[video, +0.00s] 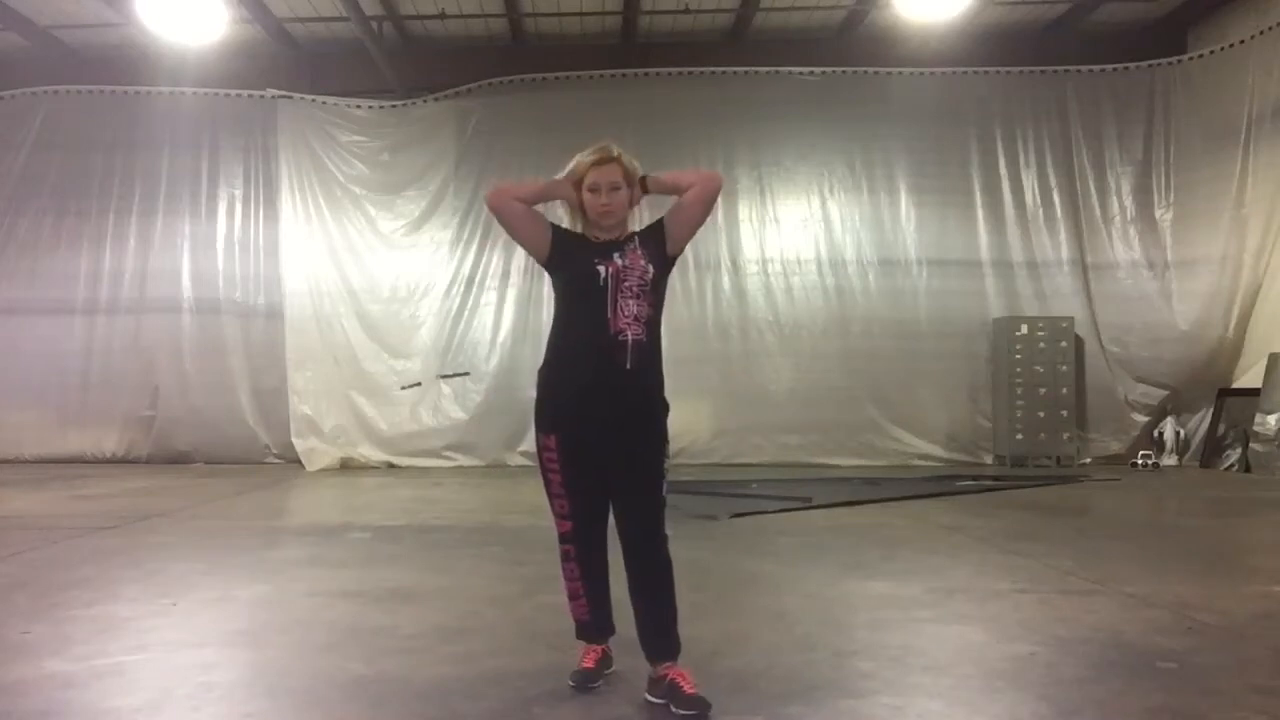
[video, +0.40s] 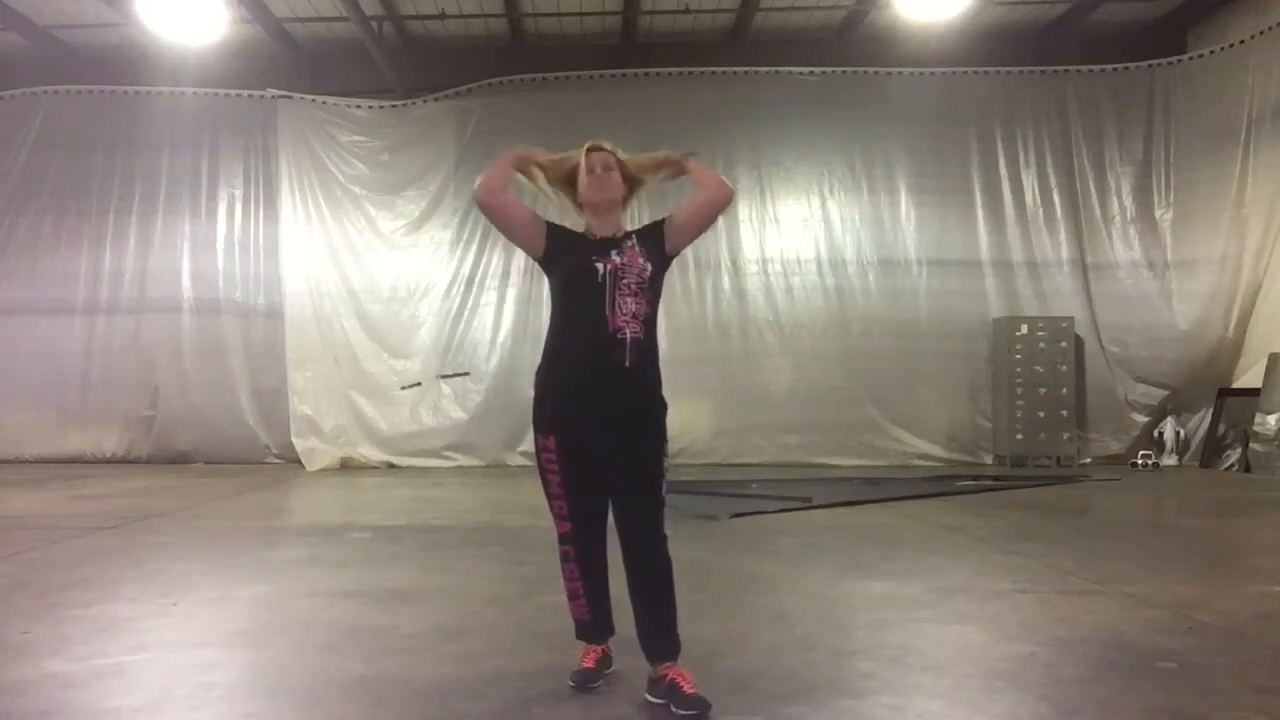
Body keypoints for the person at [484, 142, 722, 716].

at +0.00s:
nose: (606, 199)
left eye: (615, 189)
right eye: (595, 190)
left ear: (633, 194)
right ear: (578, 198)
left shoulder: (655, 247)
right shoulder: (561, 251)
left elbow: (710, 183)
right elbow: (498, 198)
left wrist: (646, 183)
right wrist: (559, 189)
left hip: (637, 416)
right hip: (567, 417)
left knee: (647, 540)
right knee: (580, 538)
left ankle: (665, 663)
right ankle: (593, 645)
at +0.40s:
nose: (597, 173)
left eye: (607, 166)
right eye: (587, 168)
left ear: (626, 185)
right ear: (575, 188)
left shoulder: (653, 242)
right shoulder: (556, 245)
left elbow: (717, 192)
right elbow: (489, 192)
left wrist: (679, 161)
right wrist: (522, 156)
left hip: (635, 412)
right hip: (565, 413)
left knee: (646, 538)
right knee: (579, 537)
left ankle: (665, 663)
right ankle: (593, 645)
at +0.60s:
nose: (599, 169)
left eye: (608, 167)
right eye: (587, 169)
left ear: (625, 189)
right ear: (573, 195)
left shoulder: (653, 247)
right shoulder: (556, 252)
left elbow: (721, 288)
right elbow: (478, 279)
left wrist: (779, 247)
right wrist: (424, 222)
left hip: (637, 413)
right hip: (568, 415)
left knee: (646, 537)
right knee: (579, 536)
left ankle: (665, 665)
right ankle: (593, 646)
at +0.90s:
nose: (592, 168)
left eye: (601, 162)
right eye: (580, 167)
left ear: (620, 182)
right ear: (567, 193)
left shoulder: (657, 245)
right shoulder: (558, 256)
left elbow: (678, 329)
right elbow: (533, 340)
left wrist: (674, 404)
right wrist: (503, 411)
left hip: (636, 415)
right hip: (567, 418)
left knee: (647, 538)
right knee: (579, 537)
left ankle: (665, 663)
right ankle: (594, 646)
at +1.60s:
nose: (574, 185)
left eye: (581, 173)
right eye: (564, 185)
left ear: (610, 179)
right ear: (564, 205)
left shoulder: (657, 240)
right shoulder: (561, 259)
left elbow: (683, 321)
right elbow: (538, 340)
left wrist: (685, 390)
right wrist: (511, 407)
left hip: (643, 409)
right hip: (575, 414)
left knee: (652, 523)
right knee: (582, 528)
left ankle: (658, 637)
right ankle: (594, 642)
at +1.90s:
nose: (616, 164)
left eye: (626, 158)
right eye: (606, 163)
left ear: (648, 176)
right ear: (596, 187)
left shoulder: (679, 239)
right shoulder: (580, 247)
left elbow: (708, 320)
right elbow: (557, 327)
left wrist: (711, 393)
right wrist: (536, 395)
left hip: (663, 406)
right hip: (593, 408)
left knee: (660, 527)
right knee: (594, 528)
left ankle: (660, 642)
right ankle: (595, 644)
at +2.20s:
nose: (634, 164)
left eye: (645, 158)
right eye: (624, 162)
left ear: (665, 177)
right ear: (613, 186)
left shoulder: (695, 243)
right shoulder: (595, 247)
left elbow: (728, 317)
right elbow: (562, 322)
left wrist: (722, 369)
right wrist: (566, 377)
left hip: (683, 405)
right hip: (614, 405)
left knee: (674, 527)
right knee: (610, 525)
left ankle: (661, 642)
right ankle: (599, 641)